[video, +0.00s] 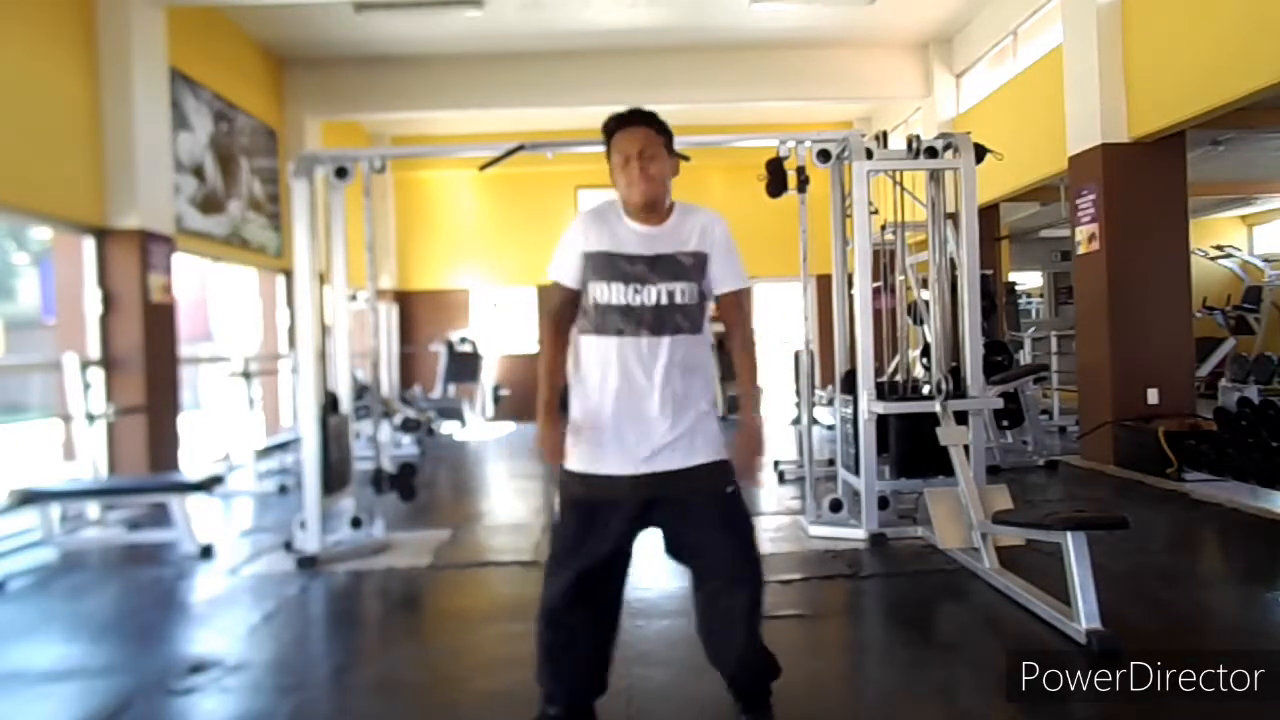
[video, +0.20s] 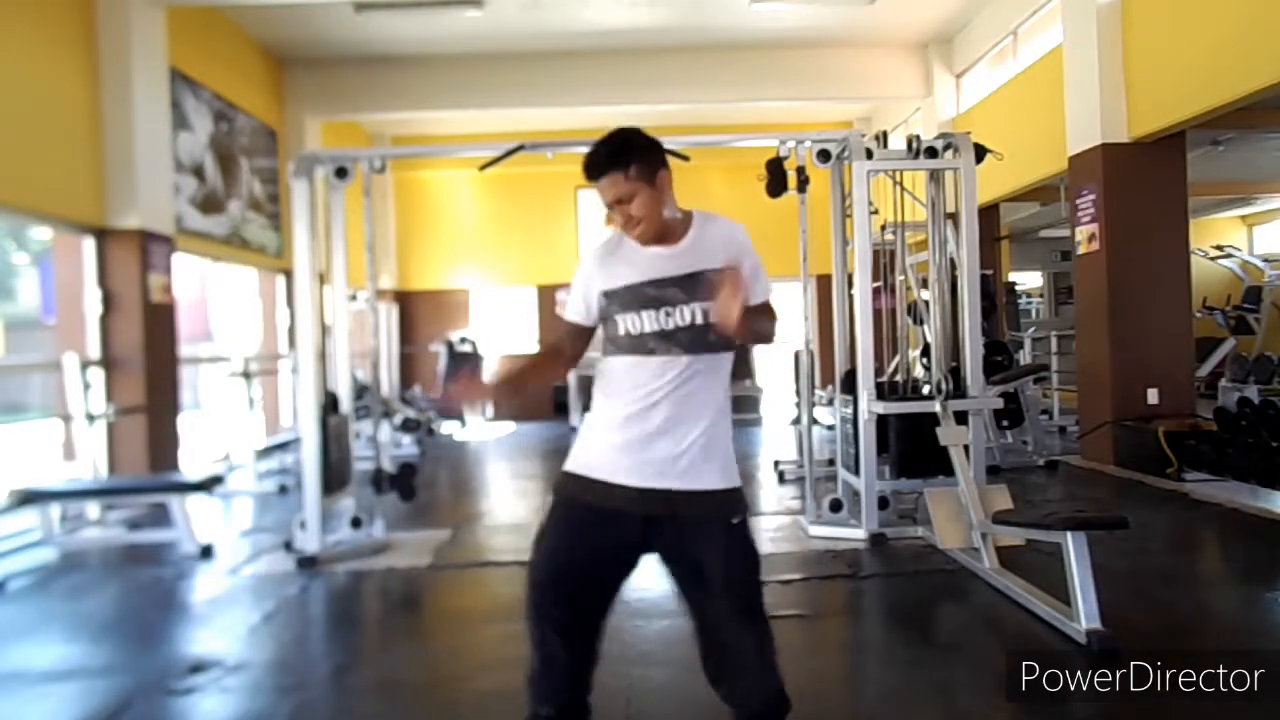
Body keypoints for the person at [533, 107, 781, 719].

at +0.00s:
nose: (639, 167)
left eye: (649, 155)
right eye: (626, 159)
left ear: (674, 163)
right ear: (611, 172)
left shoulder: (707, 230)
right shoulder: (586, 232)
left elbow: (738, 325)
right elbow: (556, 324)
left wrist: (748, 414)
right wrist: (548, 414)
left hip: (692, 448)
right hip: (600, 451)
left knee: (733, 578)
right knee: (574, 598)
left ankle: (753, 694)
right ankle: (565, 708)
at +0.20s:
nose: (617, 217)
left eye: (625, 201)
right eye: (608, 206)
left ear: (664, 178)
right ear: (603, 200)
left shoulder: (728, 242)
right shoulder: (601, 259)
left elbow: (766, 328)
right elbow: (563, 353)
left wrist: (738, 325)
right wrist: (497, 386)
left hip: (700, 485)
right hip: (601, 480)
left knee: (742, 650)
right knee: (556, 624)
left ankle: (766, 712)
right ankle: (556, 710)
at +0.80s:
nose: (618, 191)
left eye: (630, 172)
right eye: (605, 179)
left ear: (664, 163)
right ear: (595, 182)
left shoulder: (724, 242)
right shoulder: (590, 254)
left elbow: (774, 325)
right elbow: (538, 335)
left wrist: (818, 376)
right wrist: (503, 401)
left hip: (711, 480)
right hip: (606, 488)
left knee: (776, 630)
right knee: (563, 667)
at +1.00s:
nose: (646, 161)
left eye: (659, 145)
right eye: (629, 150)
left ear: (684, 153)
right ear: (613, 164)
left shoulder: (727, 232)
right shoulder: (589, 242)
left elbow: (745, 326)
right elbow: (549, 336)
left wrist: (783, 288)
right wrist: (536, 305)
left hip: (722, 489)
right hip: (617, 487)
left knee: (760, 689)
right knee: (560, 684)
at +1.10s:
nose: (647, 149)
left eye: (661, 135)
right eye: (629, 137)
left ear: (682, 148)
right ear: (610, 155)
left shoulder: (723, 232)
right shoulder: (585, 231)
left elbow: (741, 329)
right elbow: (539, 318)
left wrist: (814, 329)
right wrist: (558, 336)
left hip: (715, 479)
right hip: (608, 482)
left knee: (769, 664)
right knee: (575, 672)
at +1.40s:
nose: (659, 141)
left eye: (672, 127)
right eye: (642, 131)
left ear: (694, 141)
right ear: (623, 151)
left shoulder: (729, 231)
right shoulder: (591, 231)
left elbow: (735, 333)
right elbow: (556, 334)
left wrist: (793, 308)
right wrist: (547, 307)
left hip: (723, 487)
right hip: (614, 486)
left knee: (765, 691)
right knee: (564, 691)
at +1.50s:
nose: (657, 139)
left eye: (671, 127)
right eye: (639, 130)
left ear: (691, 144)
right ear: (619, 150)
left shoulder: (722, 236)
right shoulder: (586, 227)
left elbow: (746, 338)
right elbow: (538, 318)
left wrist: (823, 354)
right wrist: (549, 339)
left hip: (720, 486)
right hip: (606, 488)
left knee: (778, 679)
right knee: (571, 686)